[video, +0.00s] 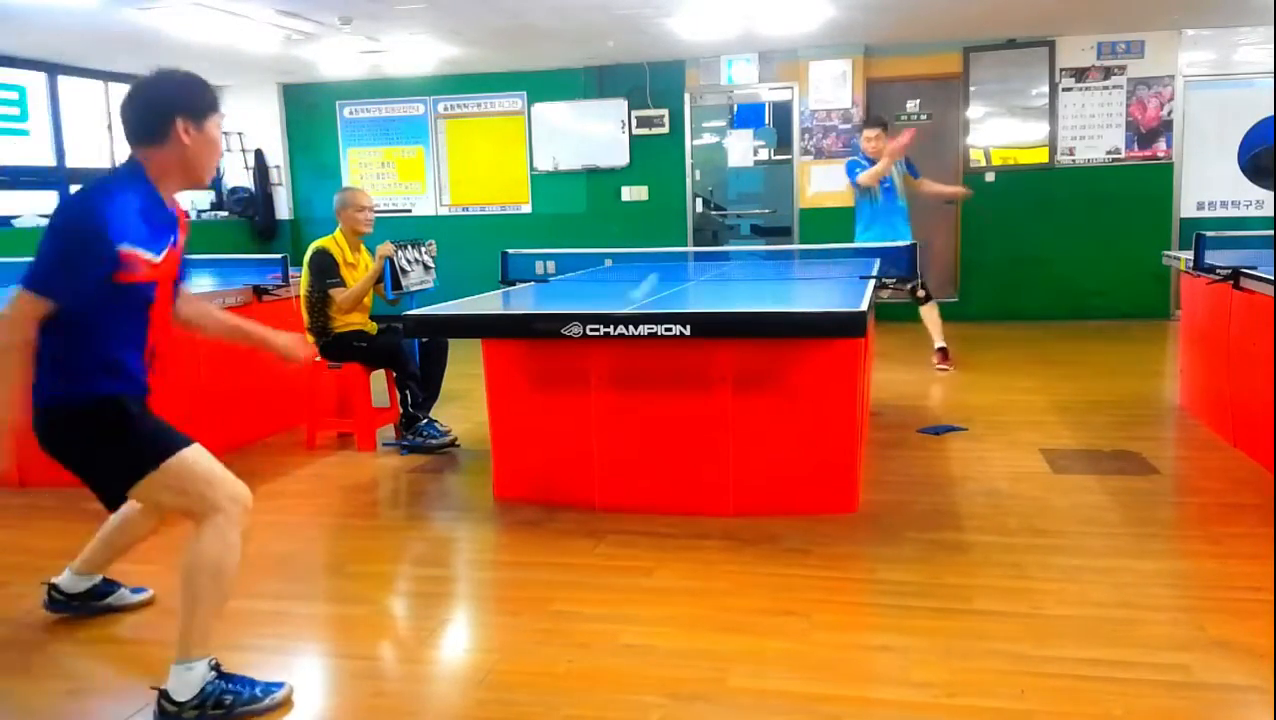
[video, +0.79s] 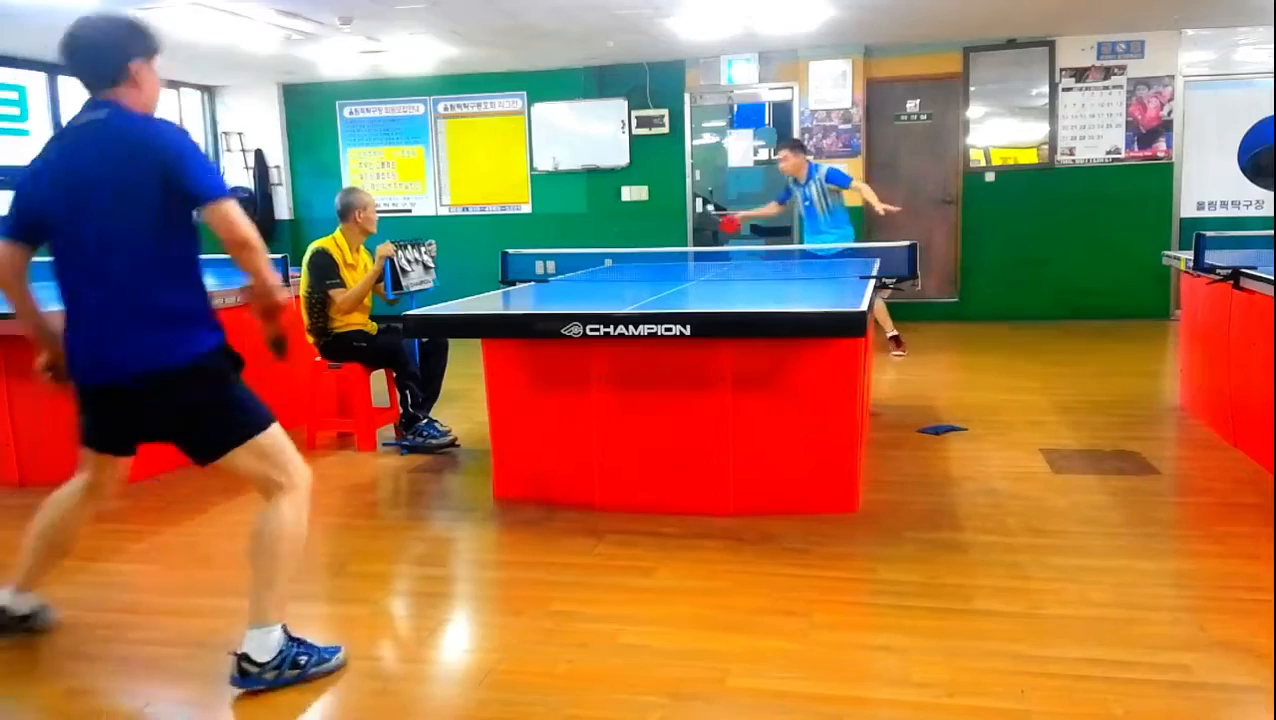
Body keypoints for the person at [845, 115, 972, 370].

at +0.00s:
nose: (872, 145)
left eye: (877, 139)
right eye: (867, 139)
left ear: (887, 139)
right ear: (860, 141)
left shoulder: (899, 160)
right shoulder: (855, 163)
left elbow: (920, 185)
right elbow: (866, 181)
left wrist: (954, 191)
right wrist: (889, 158)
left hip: (901, 241)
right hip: (869, 244)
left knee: (920, 291)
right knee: (863, 298)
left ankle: (940, 348)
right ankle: (858, 353)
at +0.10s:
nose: (864, 142)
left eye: (869, 136)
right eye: (859, 137)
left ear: (880, 137)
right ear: (853, 139)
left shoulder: (893, 160)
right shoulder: (847, 163)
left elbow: (915, 186)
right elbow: (840, 190)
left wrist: (940, 195)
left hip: (890, 238)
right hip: (858, 240)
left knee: (905, 287)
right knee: (859, 291)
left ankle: (915, 341)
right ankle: (859, 342)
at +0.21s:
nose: (856, 136)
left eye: (862, 130)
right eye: (852, 131)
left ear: (873, 131)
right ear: (847, 133)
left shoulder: (888, 156)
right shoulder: (841, 160)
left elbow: (908, 178)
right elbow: (824, 185)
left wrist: (916, 195)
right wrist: (823, 199)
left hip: (881, 235)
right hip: (849, 237)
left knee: (888, 287)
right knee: (852, 286)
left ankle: (893, 334)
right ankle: (856, 334)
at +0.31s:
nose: (846, 137)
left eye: (851, 131)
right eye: (843, 132)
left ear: (864, 133)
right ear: (838, 136)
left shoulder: (880, 159)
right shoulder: (835, 163)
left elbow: (898, 190)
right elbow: (824, 196)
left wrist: (886, 205)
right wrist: (813, 211)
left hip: (875, 236)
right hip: (843, 237)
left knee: (886, 287)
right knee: (844, 285)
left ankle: (892, 334)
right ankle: (848, 334)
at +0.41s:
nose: (840, 143)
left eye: (845, 138)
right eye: (836, 139)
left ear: (857, 138)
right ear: (832, 141)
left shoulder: (873, 164)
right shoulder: (830, 170)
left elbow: (886, 197)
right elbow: (823, 201)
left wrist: (870, 210)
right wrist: (811, 219)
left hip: (868, 236)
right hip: (838, 237)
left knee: (881, 285)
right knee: (836, 283)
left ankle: (892, 335)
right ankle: (840, 334)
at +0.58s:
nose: (802, 165)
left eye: (806, 158)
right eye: (799, 160)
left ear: (821, 157)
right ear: (798, 163)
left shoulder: (842, 176)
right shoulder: (806, 186)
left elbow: (873, 193)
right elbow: (800, 214)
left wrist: (883, 214)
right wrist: (776, 232)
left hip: (853, 251)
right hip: (822, 253)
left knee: (871, 293)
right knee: (820, 297)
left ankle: (892, 337)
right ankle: (824, 344)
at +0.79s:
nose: (781, 166)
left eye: (784, 160)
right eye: (779, 162)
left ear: (800, 157)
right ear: (788, 162)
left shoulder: (825, 174)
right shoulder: (792, 184)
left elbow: (860, 187)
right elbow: (774, 208)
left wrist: (877, 204)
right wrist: (744, 215)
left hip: (842, 250)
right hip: (812, 251)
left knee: (866, 291)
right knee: (810, 296)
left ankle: (892, 336)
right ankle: (814, 344)